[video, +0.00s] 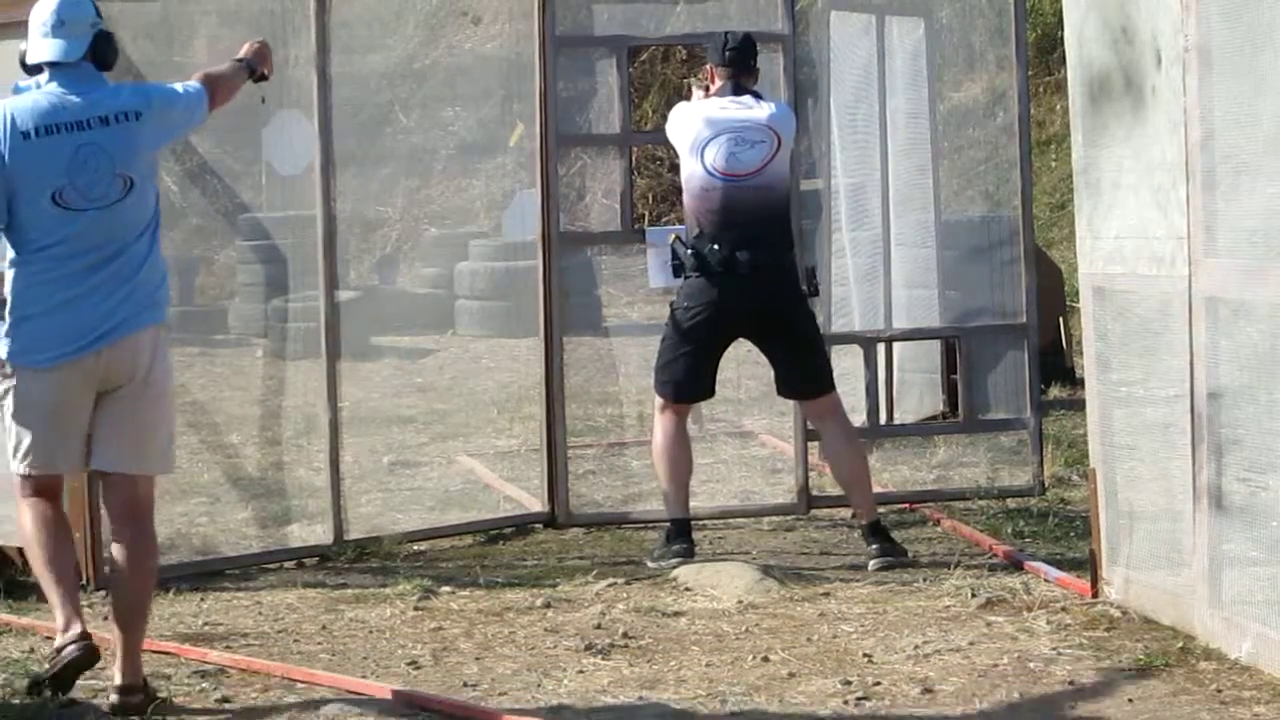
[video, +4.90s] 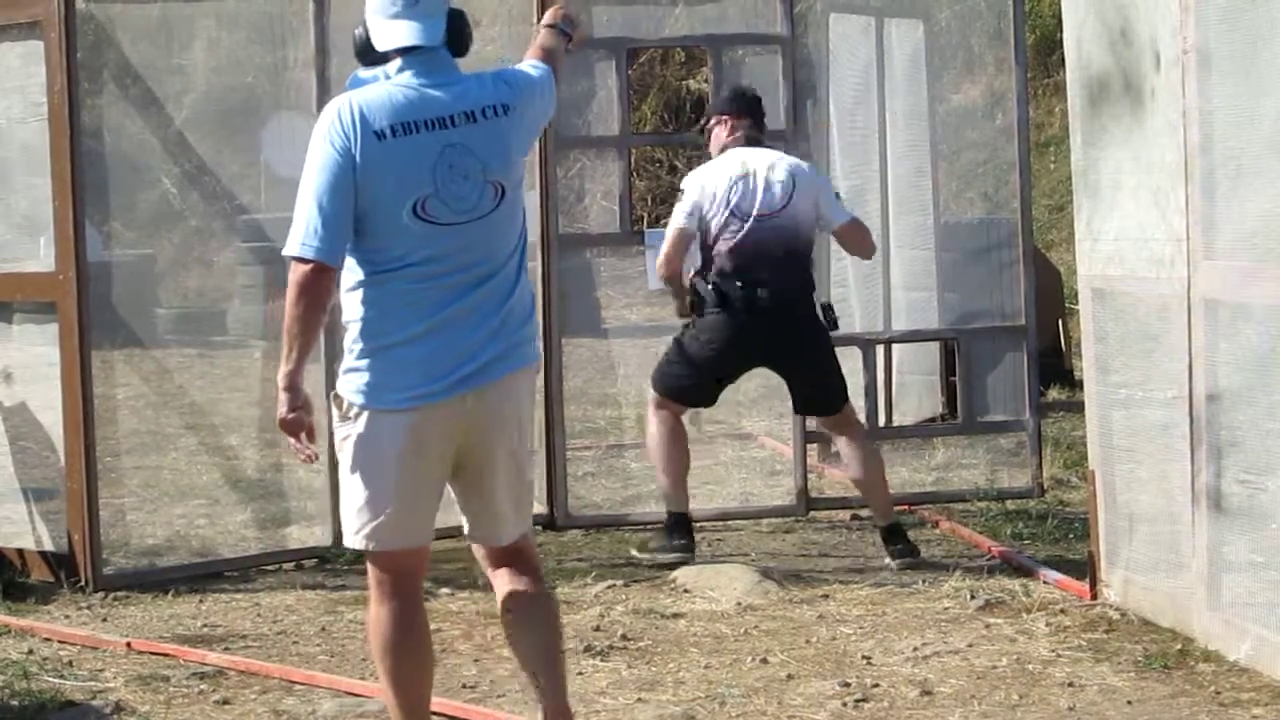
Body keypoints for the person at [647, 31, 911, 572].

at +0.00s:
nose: (711, 82)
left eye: (708, 76)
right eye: (738, 75)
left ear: (710, 78)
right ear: (755, 77)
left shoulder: (685, 118)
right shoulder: (782, 117)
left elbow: (690, 122)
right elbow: (752, 115)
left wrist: (704, 98)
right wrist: (720, 95)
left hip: (708, 291)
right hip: (778, 289)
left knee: (671, 409)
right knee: (828, 413)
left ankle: (678, 536)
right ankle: (876, 534)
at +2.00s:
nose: (713, 82)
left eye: (712, 75)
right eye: (725, 75)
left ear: (717, 77)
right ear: (762, 76)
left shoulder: (691, 121)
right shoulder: (791, 121)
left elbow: (693, 126)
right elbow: (762, 127)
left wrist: (719, 99)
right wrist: (736, 96)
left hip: (711, 296)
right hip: (781, 295)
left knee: (673, 409)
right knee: (828, 414)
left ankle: (675, 539)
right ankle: (874, 536)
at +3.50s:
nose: (761, 85)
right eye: (762, 77)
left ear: (713, 79)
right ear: (761, 78)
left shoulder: (682, 128)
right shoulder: (781, 119)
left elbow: (709, 168)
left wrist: (727, 101)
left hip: (708, 296)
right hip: (777, 292)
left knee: (683, 414)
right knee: (830, 412)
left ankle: (679, 539)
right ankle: (867, 534)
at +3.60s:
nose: (771, 84)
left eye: (768, 78)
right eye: (769, 77)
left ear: (716, 78)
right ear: (762, 79)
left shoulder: (685, 128)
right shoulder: (774, 118)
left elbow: (734, 151)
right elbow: (815, 133)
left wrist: (800, 126)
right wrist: (819, 117)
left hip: (705, 295)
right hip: (773, 293)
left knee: (695, 416)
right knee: (833, 410)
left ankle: (681, 538)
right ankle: (865, 536)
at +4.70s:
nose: (791, 93)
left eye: (788, 86)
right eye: (791, 86)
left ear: (738, 85)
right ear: (783, 84)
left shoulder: (705, 134)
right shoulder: (786, 130)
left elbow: (762, 181)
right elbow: (847, 185)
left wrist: (827, 147)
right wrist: (854, 146)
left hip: (711, 298)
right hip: (777, 296)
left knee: (703, 420)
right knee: (837, 413)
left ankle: (679, 540)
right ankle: (883, 533)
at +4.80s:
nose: (732, 115)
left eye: (733, 109)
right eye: (740, 109)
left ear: (741, 109)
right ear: (785, 108)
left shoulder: (710, 163)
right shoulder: (806, 151)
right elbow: (866, 222)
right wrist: (850, 180)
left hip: (724, 309)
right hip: (793, 308)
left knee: (690, 413)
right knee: (846, 420)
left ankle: (681, 535)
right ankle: (895, 538)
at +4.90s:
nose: (707, 140)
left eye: (709, 131)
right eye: (707, 132)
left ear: (726, 128)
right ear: (759, 129)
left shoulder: (703, 178)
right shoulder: (804, 173)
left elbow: (668, 265)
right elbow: (863, 246)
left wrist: (682, 297)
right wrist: (829, 212)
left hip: (727, 327)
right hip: (798, 327)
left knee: (663, 406)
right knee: (847, 427)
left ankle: (677, 532)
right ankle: (894, 537)